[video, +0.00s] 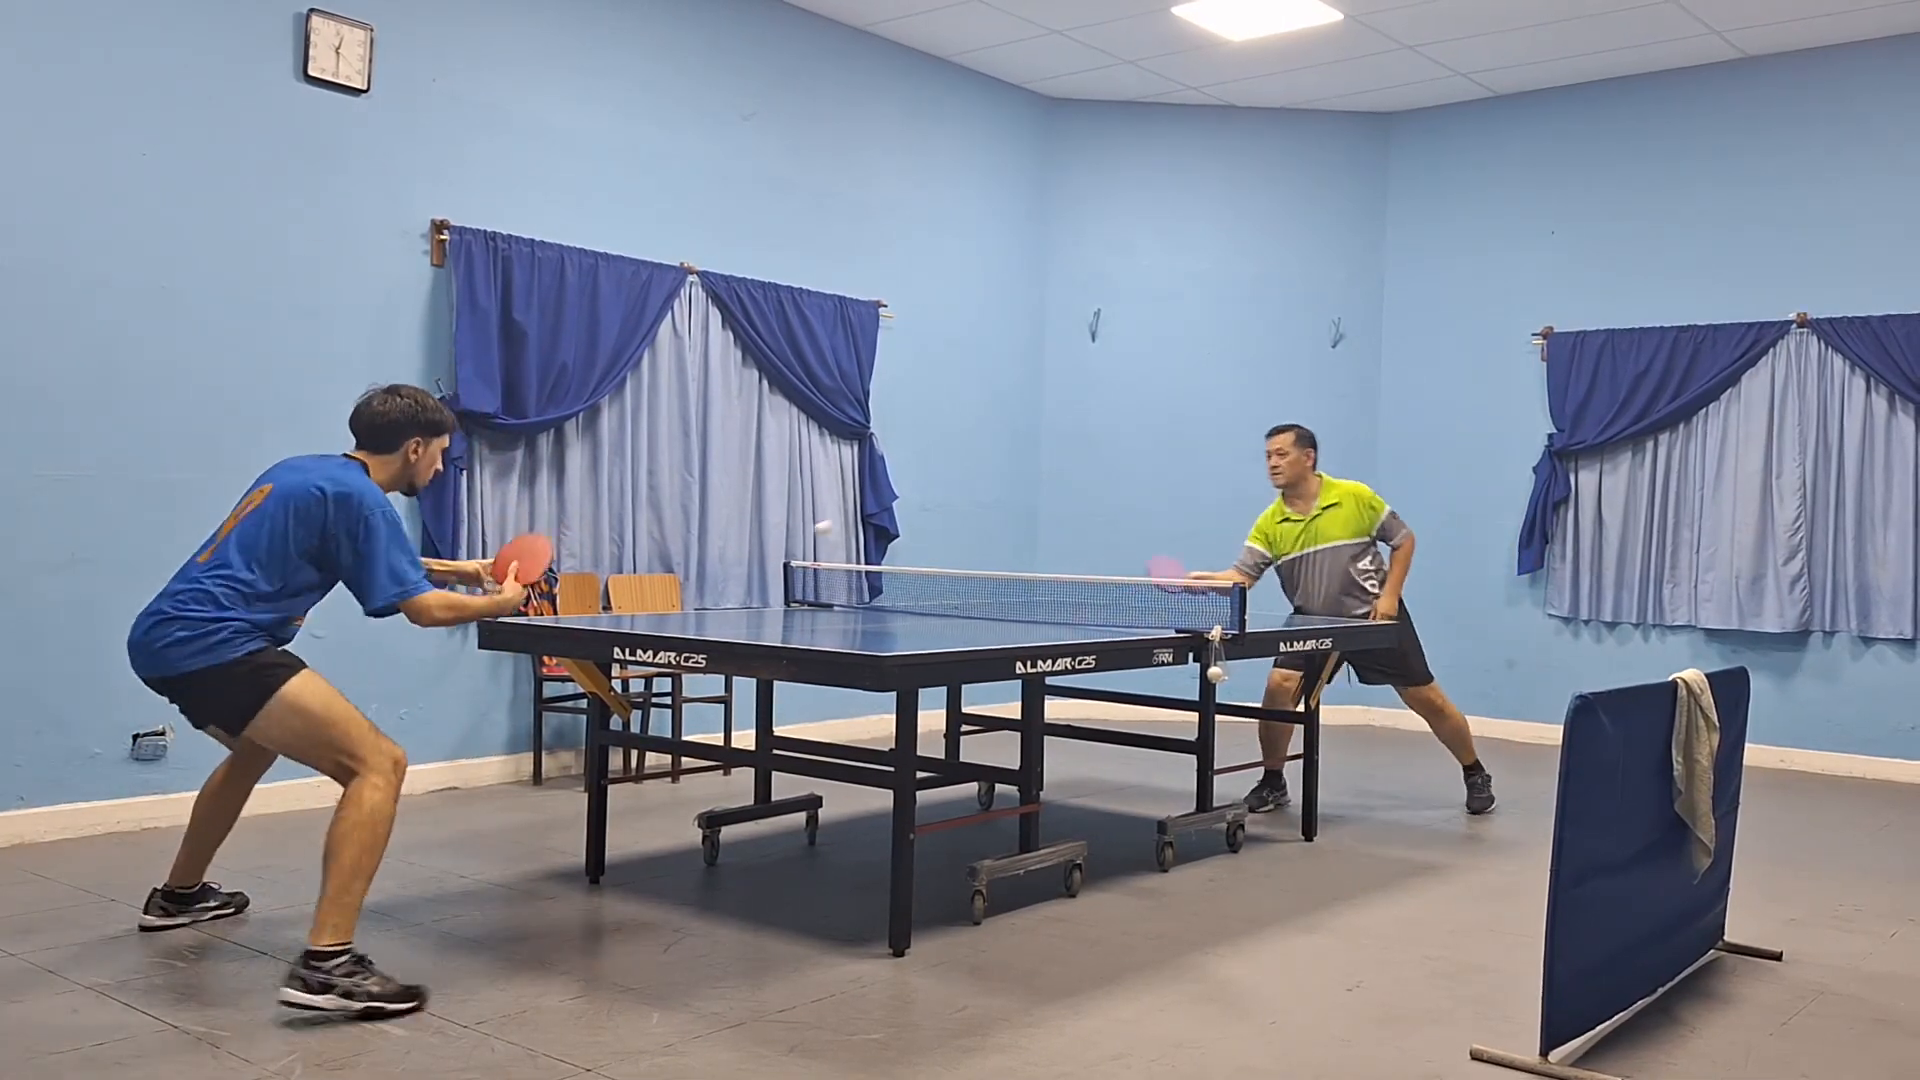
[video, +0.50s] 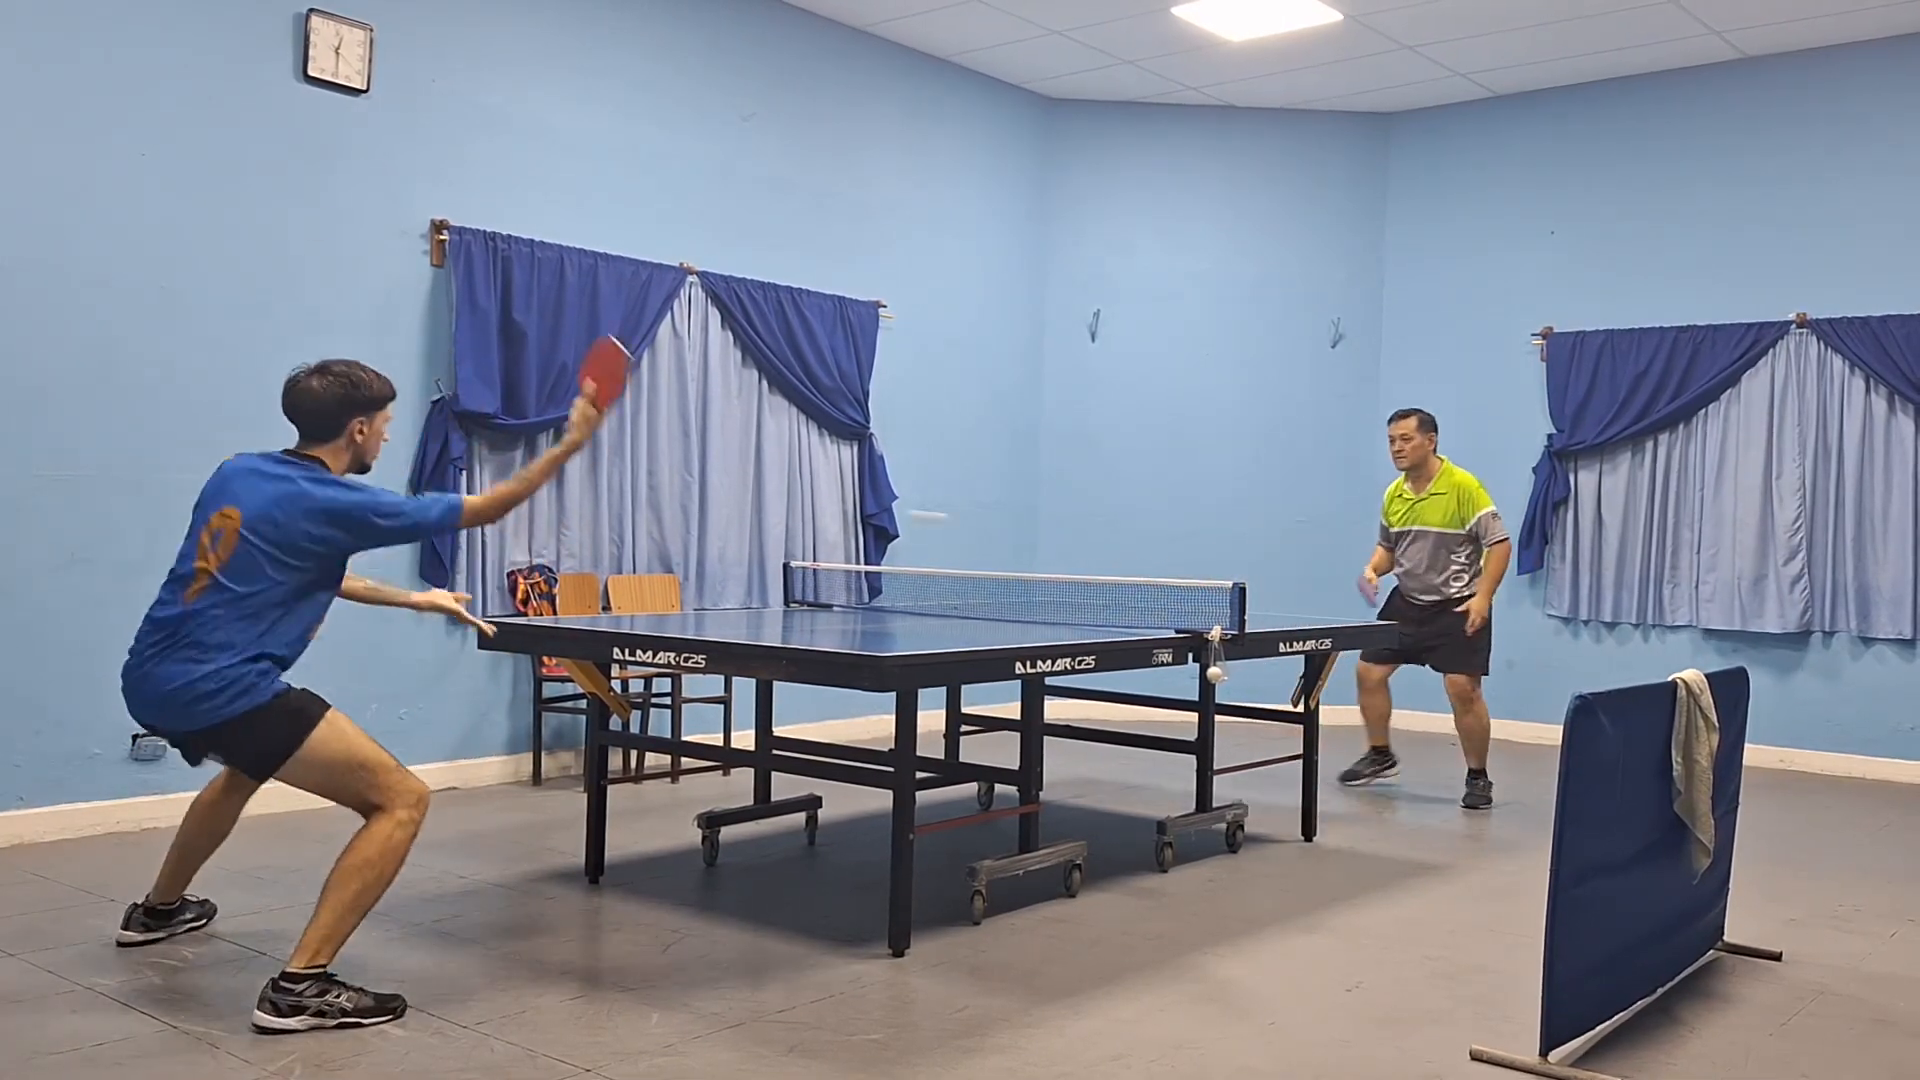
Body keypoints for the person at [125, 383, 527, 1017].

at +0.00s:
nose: (439, 469)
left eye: (443, 455)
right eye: (439, 454)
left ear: (377, 443)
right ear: (412, 449)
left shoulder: (307, 472)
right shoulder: (362, 502)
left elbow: (375, 557)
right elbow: (424, 608)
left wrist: (465, 570)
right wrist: (502, 601)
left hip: (161, 638)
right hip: (211, 642)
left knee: (258, 746)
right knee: (380, 764)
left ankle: (178, 894)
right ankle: (327, 960)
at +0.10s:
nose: (438, 480)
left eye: (442, 466)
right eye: (438, 465)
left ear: (368, 451)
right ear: (410, 458)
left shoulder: (292, 472)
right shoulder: (371, 512)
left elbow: (365, 555)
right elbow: (438, 616)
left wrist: (462, 564)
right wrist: (492, 623)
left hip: (155, 646)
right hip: (221, 654)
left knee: (245, 751)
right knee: (379, 791)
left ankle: (178, 890)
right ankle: (300, 980)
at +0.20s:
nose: (428, 482)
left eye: (433, 468)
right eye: (430, 467)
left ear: (355, 446)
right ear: (404, 455)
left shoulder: (278, 464)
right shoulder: (371, 502)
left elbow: (337, 537)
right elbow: (476, 595)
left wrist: (433, 549)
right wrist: (470, 634)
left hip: (164, 659)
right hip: (237, 667)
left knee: (237, 760)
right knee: (406, 798)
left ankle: (177, 892)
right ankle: (302, 980)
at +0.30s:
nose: (412, 465)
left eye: (415, 453)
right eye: (414, 452)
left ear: (339, 436)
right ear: (392, 445)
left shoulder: (258, 461)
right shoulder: (372, 501)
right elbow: (505, 545)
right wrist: (471, 591)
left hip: (168, 677)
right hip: (244, 691)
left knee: (259, 754)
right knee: (422, 808)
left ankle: (170, 897)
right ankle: (303, 980)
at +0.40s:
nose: (396, 446)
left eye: (397, 433)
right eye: (396, 433)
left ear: (318, 432)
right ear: (373, 438)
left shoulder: (237, 469)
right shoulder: (354, 514)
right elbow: (491, 539)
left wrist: (408, 551)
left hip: (165, 690)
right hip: (233, 701)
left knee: (272, 764)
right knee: (417, 807)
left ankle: (161, 907)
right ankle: (302, 981)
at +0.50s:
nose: (386, 436)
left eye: (385, 423)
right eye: (382, 424)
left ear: (311, 427)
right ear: (353, 430)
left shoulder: (235, 472)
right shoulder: (332, 504)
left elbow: (307, 570)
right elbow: (481, 510)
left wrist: (413, 598)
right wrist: (569, 443)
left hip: (153, 679)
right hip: (218, 686)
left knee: (256, 759)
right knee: (403, 801)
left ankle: (158, 906)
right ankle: (301, 982)